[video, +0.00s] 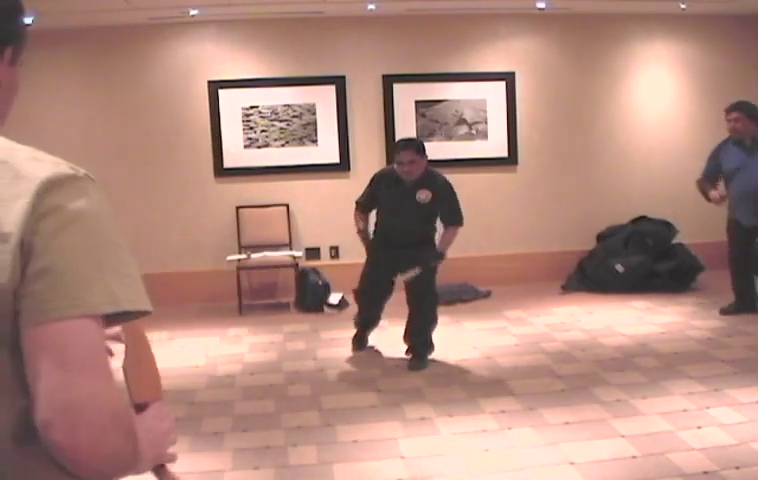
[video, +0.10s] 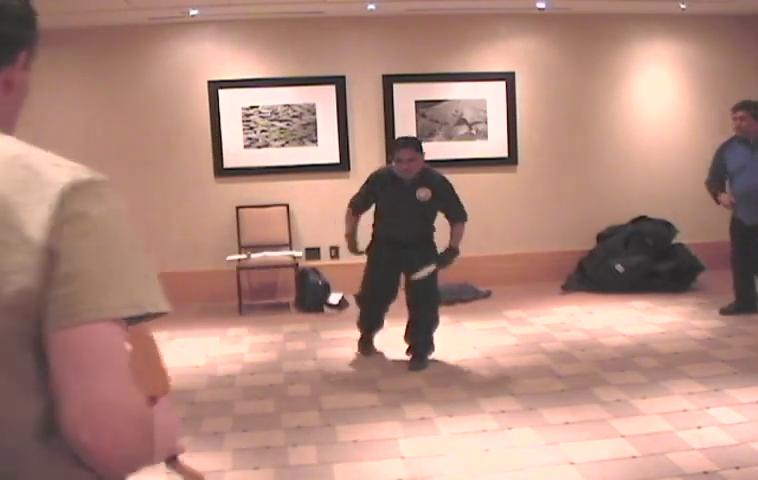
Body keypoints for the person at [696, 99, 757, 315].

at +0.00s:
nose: (731, 126)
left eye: (736, 120)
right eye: (729, 121)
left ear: (751, 121)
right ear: (727, 123)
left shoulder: (754, 146)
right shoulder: (726, 148)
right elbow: (705, 179)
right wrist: (710, 191)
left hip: (754, 216)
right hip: (739, 217)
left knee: (750, 260)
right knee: (739, 260)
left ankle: (750, 300)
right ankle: (743, 300)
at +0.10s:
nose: (738, 123)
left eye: (743, 119)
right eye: (735, 119)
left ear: (755, 120)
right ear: (732, 122)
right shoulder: (729, 148)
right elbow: (713, 178)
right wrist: (720, 195)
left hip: (754, 216)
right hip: (743, 216)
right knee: (742, 260)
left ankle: (749, 300)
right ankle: (744, 300)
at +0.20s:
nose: (746, 121)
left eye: (750, 117)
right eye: (743, 117)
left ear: (757, 118)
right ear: (740, 120)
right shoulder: (734, 147)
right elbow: (721, 176)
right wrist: (727, 195)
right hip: (747, 216)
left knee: (749, 260)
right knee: (744, 260)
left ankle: (748, 299)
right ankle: (744, 299)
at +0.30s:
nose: (752, 120)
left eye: (754, 116)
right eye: (750, 116)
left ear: (757, 118)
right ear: (748, 118)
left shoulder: (745, 146)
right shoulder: (741, 146)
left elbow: (726, 174)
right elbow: (727, 174)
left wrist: (734, 194)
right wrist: (733, 194)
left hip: (752, 215)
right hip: (750, 214)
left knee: (748, 258)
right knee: (746, 258)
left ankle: (747, 299)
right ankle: (745, 298)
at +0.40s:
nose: (756, 118)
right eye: (755, 114)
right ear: (754, 117)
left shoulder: (748, 145)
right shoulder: (748, 145)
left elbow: (732, 172)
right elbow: (733, 172)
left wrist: (740, 193)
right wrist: (738, 193)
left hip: (753, 215)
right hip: (753, 215)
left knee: (750, 256)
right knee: (749, 256)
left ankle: (747, 298)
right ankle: (746, 298)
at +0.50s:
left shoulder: (751, 146)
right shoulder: (751, 146)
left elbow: (739, 172)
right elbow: (739, 173)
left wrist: (745, 192)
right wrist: (743, 192)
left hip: (754, 215)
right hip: (755, 215)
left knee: (751, 256)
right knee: (751, 256)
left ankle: (748, 297)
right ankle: (747, 297)